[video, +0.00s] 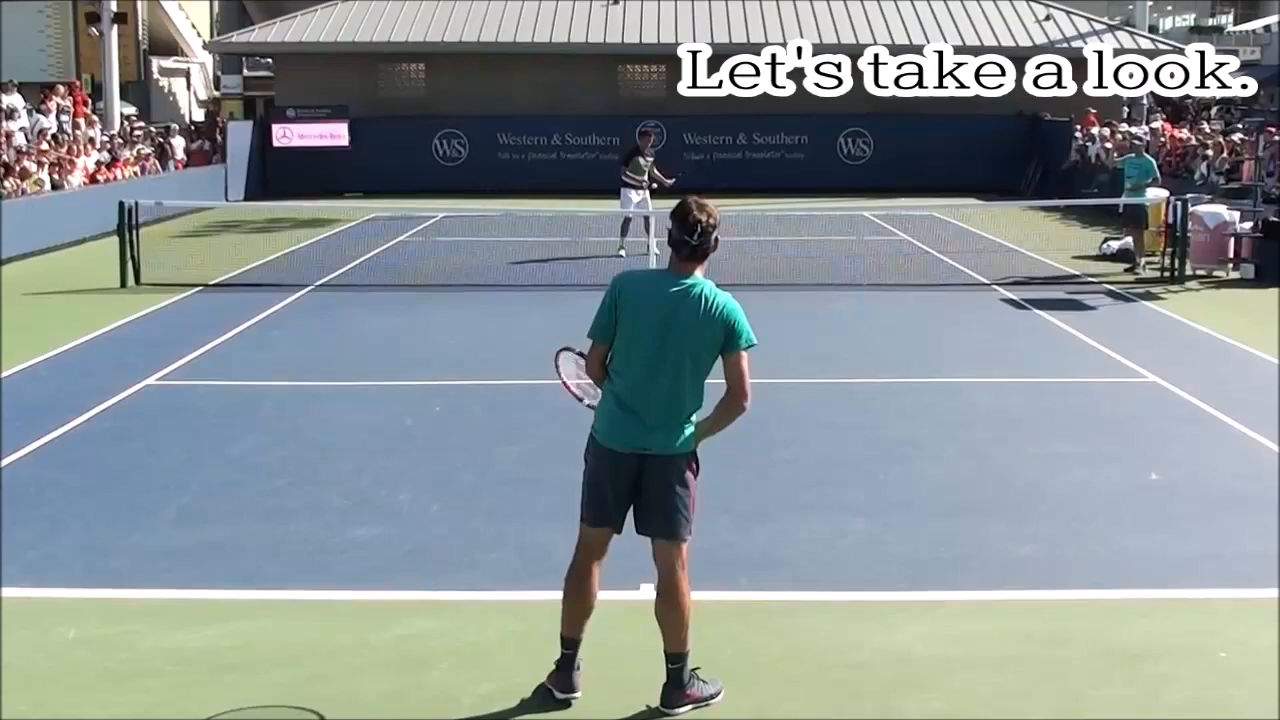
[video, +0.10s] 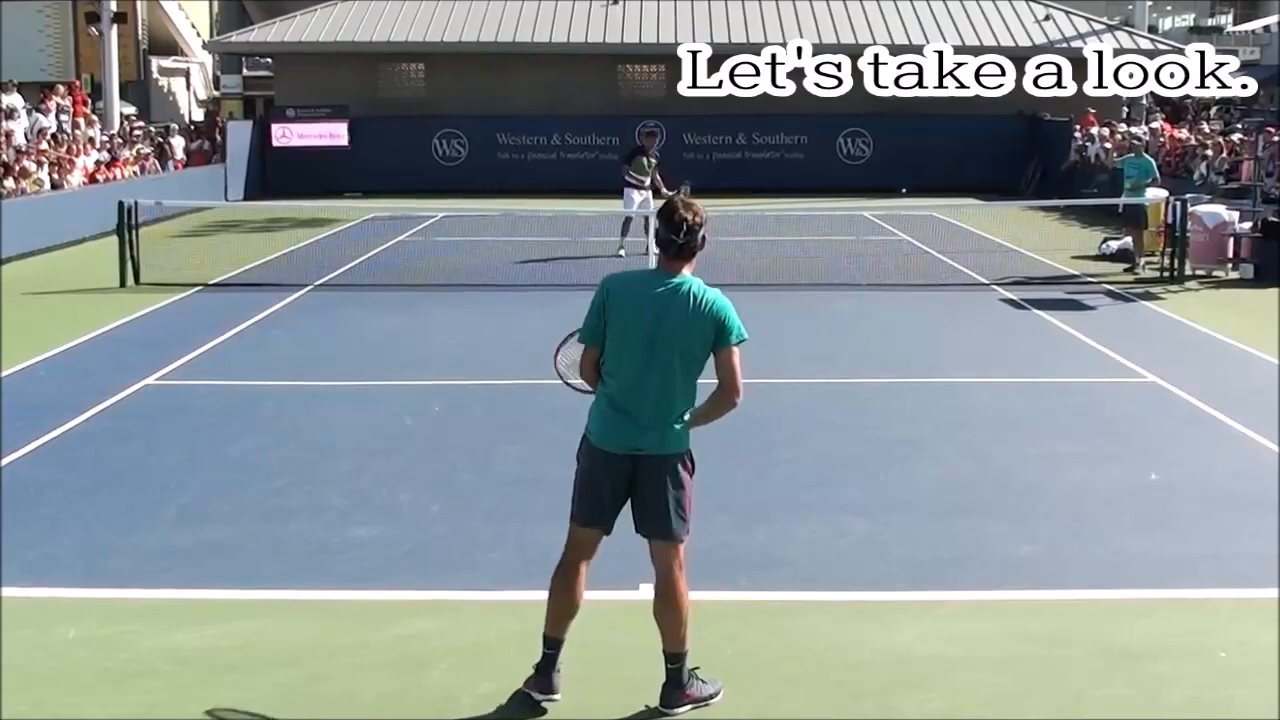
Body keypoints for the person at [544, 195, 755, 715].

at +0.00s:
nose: (697, 247)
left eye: (680, 236)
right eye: (710, 241)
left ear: (669, 239)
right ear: (713, 247)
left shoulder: (626, 285)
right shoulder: (723, 308)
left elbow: (595, 366)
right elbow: (738, 397)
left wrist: (628, 393)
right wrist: (694, 432)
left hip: (610, 445)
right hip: (671, 453)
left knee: (588, 553)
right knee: (672, 566)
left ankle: (566, 671)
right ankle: (677, 682)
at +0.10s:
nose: (689, 245)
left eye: (668, 236)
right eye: (697, 239)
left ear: (655, 240)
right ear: (700, 246)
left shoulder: (614, 288)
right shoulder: (713, 304)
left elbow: (589, 367)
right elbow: (730, 393)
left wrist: (618, 390)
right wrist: (685, 420)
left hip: (604, 446)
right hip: (666, 453)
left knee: (575, 555)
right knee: (669, 568)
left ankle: (545, 671)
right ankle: (677, 682)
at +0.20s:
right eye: (680, 236)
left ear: (639, 238)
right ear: (683, 243)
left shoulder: (599, 289)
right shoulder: (699, 302)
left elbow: (579, 372)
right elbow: (717, 388)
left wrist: (617, 396)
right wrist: (674, 415)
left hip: (595, 447)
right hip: (658, 453)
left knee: (565, 555)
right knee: (669, 565)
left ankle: (537, 673)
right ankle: (677, 682)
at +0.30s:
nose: (660, 247)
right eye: (663, 241)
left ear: (618, 245)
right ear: (662, 247)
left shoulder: (580, 295)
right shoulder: (679, 304)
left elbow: (564, 379)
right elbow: (699, 389)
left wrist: (609, 395)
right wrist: (662, 420)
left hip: (585, 449)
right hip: (649, 453)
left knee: (557, 555)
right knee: (676, 556)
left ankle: (535, 680)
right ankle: (677, 681)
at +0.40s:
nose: (642, 250)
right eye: (644, 243)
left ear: (600, 247)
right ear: (645, 249)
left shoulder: (566, 301)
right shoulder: (664, 305)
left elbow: (549, 383)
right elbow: (685, 390)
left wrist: (594, 398)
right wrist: (654, 430)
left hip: (578, 457)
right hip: (641, 457)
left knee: (552, 556)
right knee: (674, 553)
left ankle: (534, 682)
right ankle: (678, 679)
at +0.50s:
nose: (633, 242)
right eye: (637, 235)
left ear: (593, 239)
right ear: (637, 241)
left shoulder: (559, 292)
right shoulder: (658, 294)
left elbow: (542, 374)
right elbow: (680, 378)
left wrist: (588, 389)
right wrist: (652, 425)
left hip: (574, 451)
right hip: (638, 449)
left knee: (552, 552)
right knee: (670, 551)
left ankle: (533, 679)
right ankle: (680, 673)